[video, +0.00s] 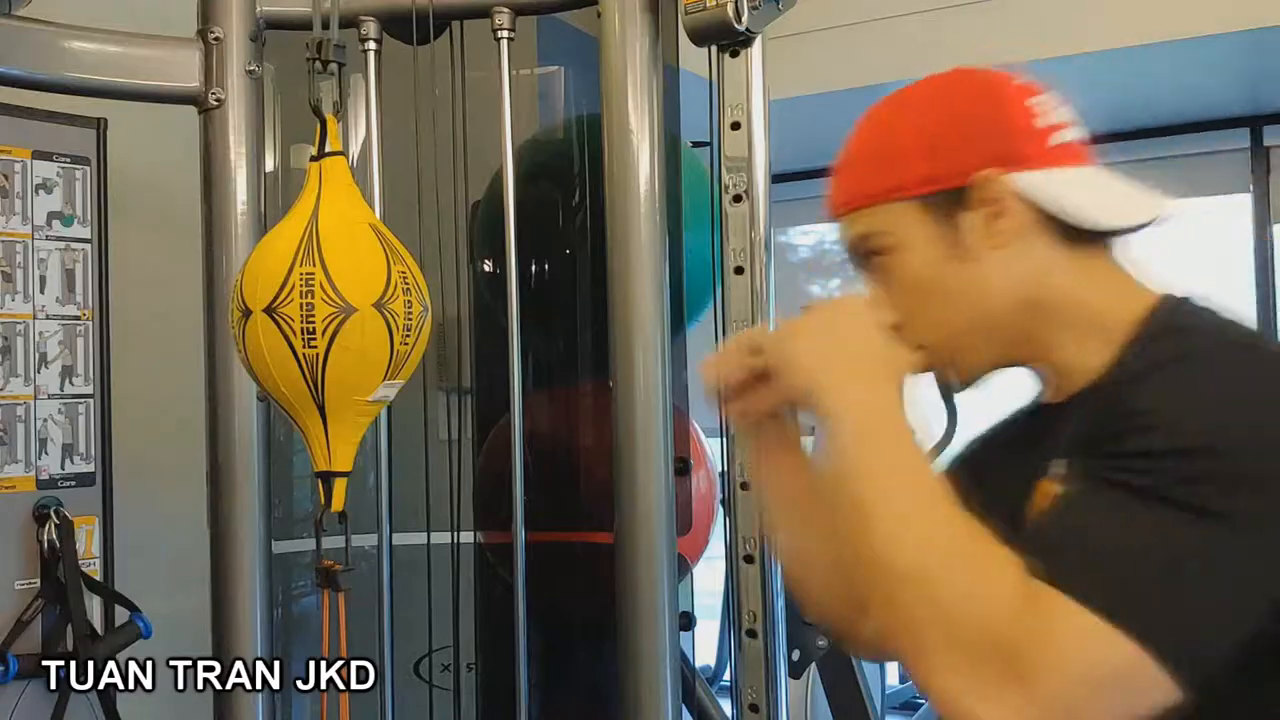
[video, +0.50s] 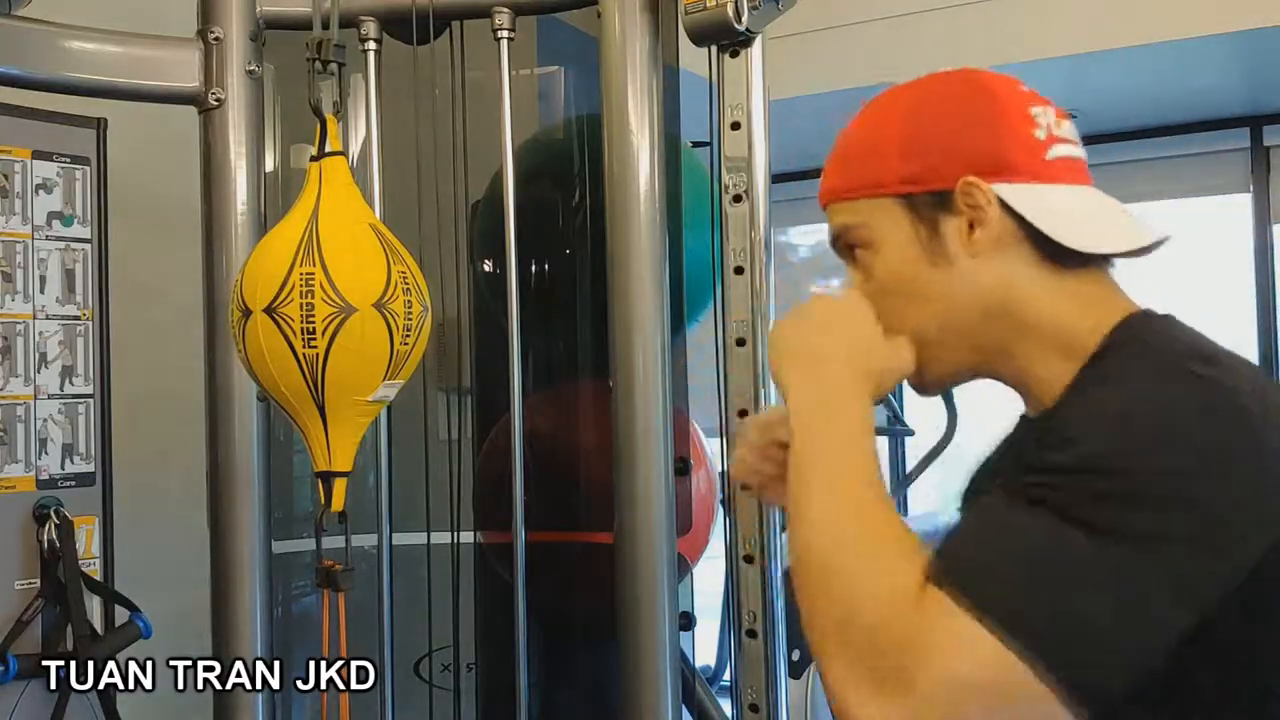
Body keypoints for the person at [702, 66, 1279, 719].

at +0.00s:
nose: (873, 309)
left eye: (876, 257)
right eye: (860, 268)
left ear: (994, 212)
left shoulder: (1236, 403)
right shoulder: (1032, 439)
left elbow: (1026, 686)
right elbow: (872, 618)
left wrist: (861, 395)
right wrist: (769, 435)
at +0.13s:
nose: (821, 293)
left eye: (831, 255)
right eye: (813, 263)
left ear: (945, 216)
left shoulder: (1179, 388)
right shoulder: (992, 434)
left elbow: (928, 645)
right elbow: (836, 601)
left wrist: (835, 350)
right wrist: (739, 434)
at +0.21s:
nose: (816, 283)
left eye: (824, 247)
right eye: (809, 256)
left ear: (937, 209)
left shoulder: (1160, 376)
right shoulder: (991, 419)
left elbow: (906, 639)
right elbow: (836, 599)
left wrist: (832, 346)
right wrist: (748, 419)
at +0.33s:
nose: (835, 299)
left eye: (839, 246)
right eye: (826, 257)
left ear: (949, 207)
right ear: (951, 212)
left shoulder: (1156, 394)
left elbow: (897, 672)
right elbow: (892, 633)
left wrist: (804, 377)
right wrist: (737, 471)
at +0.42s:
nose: (847, 294)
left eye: (850, 250)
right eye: (838, 259)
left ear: (961, 213)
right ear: (966, 215)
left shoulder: (1161, 409)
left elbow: (895, 685)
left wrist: (824, 380)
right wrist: (789, 507)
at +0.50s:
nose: (852, 294)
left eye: (858, 250)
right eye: (847, 259)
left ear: (973, 218)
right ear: (976, 219)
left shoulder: (1177, 421)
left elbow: (901, 692)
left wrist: (827, 389)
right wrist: (825, 487)